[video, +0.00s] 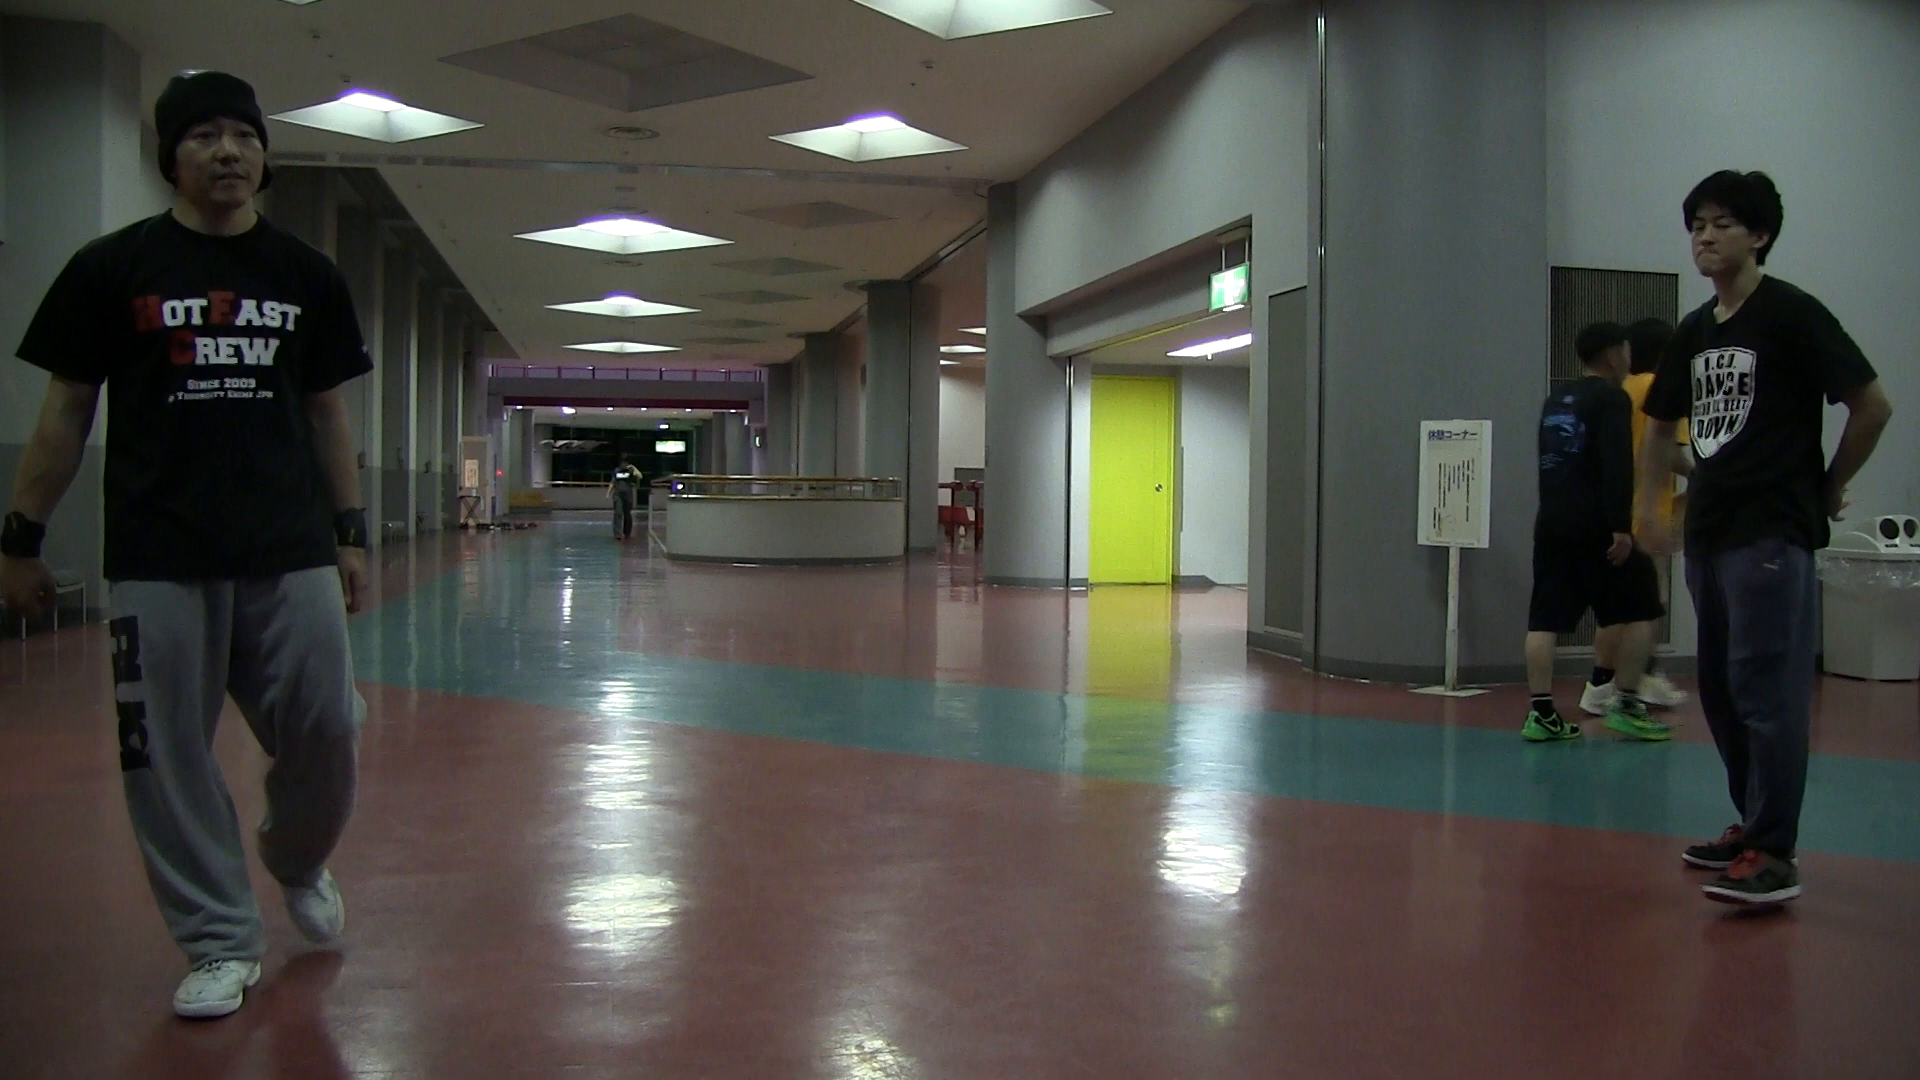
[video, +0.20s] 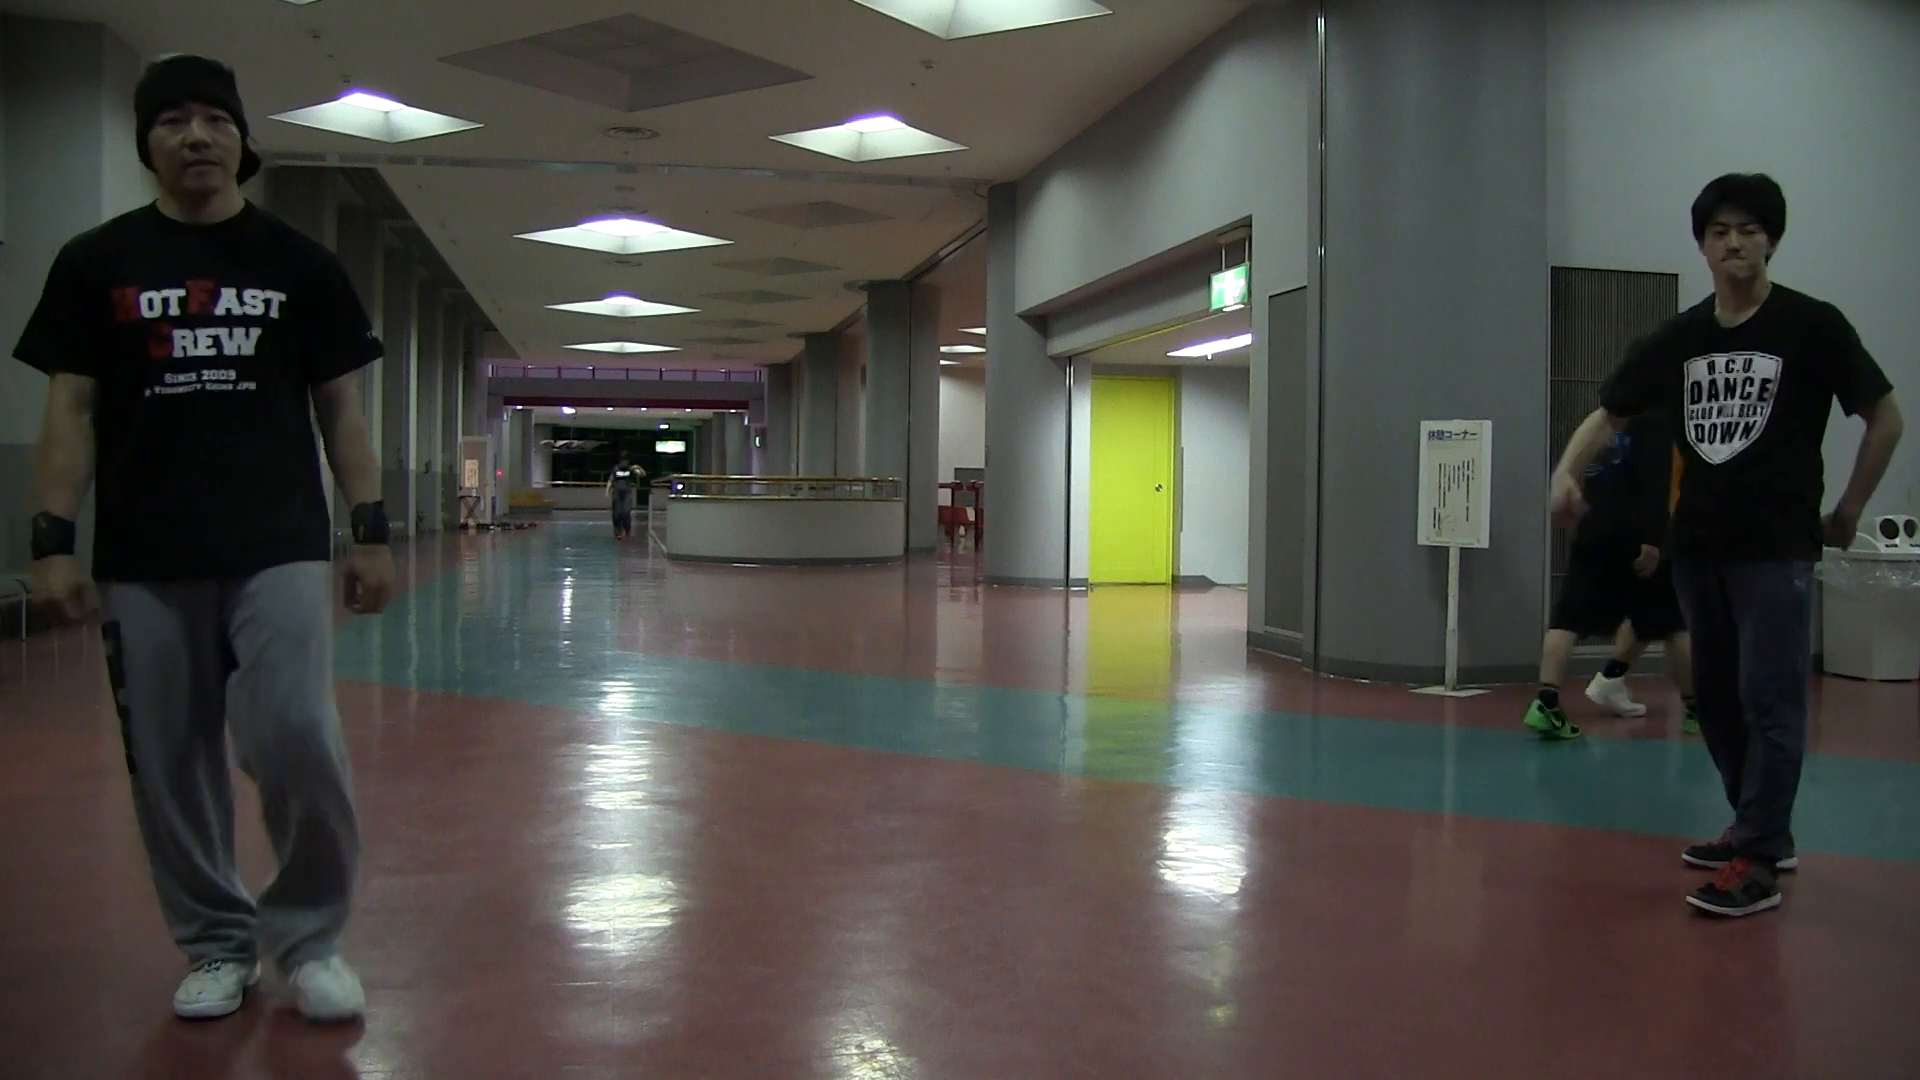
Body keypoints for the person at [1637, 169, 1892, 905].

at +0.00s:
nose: (1705, 236)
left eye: (1722, 223)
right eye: (1697, 225)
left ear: (1759, 235)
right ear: (1692, 239)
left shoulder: (1795, 313)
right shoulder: (1693, 331)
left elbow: (1873, 407)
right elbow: (1660, 430)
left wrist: (1835, 482)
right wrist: (1654, 501)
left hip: (1776, 528)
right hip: (1710, 529)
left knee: (1768, 690)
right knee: (1721, 686)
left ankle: (1774, 856)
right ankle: (1753, 825)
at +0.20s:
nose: (1736, 244)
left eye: (1750, 231)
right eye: (1722, 233)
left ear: (1773, 241)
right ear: (1702, 245)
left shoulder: (1814, 326)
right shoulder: (1678, 338)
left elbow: (1886, 417)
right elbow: (1608, 416)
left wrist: (1848, 511)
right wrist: (1566, 472)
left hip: (1779, 543)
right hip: (1700, 543)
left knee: (1770, 699)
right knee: (1715, 694)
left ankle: (1759, 864)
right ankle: (1756, 828)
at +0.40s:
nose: (1746, 243)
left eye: (1759, 232)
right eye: (1730, 232)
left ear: (1776, 243)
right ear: (1704, 244)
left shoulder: (1816, 326)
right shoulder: (1672, 337)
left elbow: (1896, 408)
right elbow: (1602, 406)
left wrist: (1858, 501)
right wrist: (1563, 428)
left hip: (1778, 539)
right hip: (1695, 544)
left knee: (1766, 696)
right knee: (1714, 696)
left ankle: (1758, 864)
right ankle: (1756, 829)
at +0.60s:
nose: (1739, 244)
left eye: (1751, 232)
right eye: (1723, 233)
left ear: (1768, 241)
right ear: (1697, 244)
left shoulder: (1811, 325)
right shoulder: (1668, 338)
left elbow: (1892, 409)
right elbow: (1609, 417)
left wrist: (1859, 500)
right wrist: (1577, 447)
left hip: (1781, 542)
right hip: (1698, 545)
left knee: (1765, 698)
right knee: (1711, 700)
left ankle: (1756, 862)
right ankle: (1755, 827)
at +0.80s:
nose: (1727, 260)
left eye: (1740, 246)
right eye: (1712, 249)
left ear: (1762, 253)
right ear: (1690, 260)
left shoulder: (1807, 337)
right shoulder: (1668, 353)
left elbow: (1866, 436)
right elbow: (1648, 450)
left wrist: (1787, 475)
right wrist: (1631, 508)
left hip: (1793, 552)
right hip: (1707, 555)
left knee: (1788, 703)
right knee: (1677, 702)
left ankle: (1765, 865)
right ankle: (1736, 811)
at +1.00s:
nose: (1707, 277)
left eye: (1721, 262)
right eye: (1692, 264)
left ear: (1748, 262)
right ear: (1675, 270)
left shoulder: (1795, 344)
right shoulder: (1663, 361)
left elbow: (1830, 453)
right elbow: (1651, 461)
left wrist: (1733, 469)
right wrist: (1651, 525)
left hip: (1796, 560)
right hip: (1711, 563)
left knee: (1795, 708)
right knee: (1696, 706)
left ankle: (1767, 862)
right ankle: (1737, 812)